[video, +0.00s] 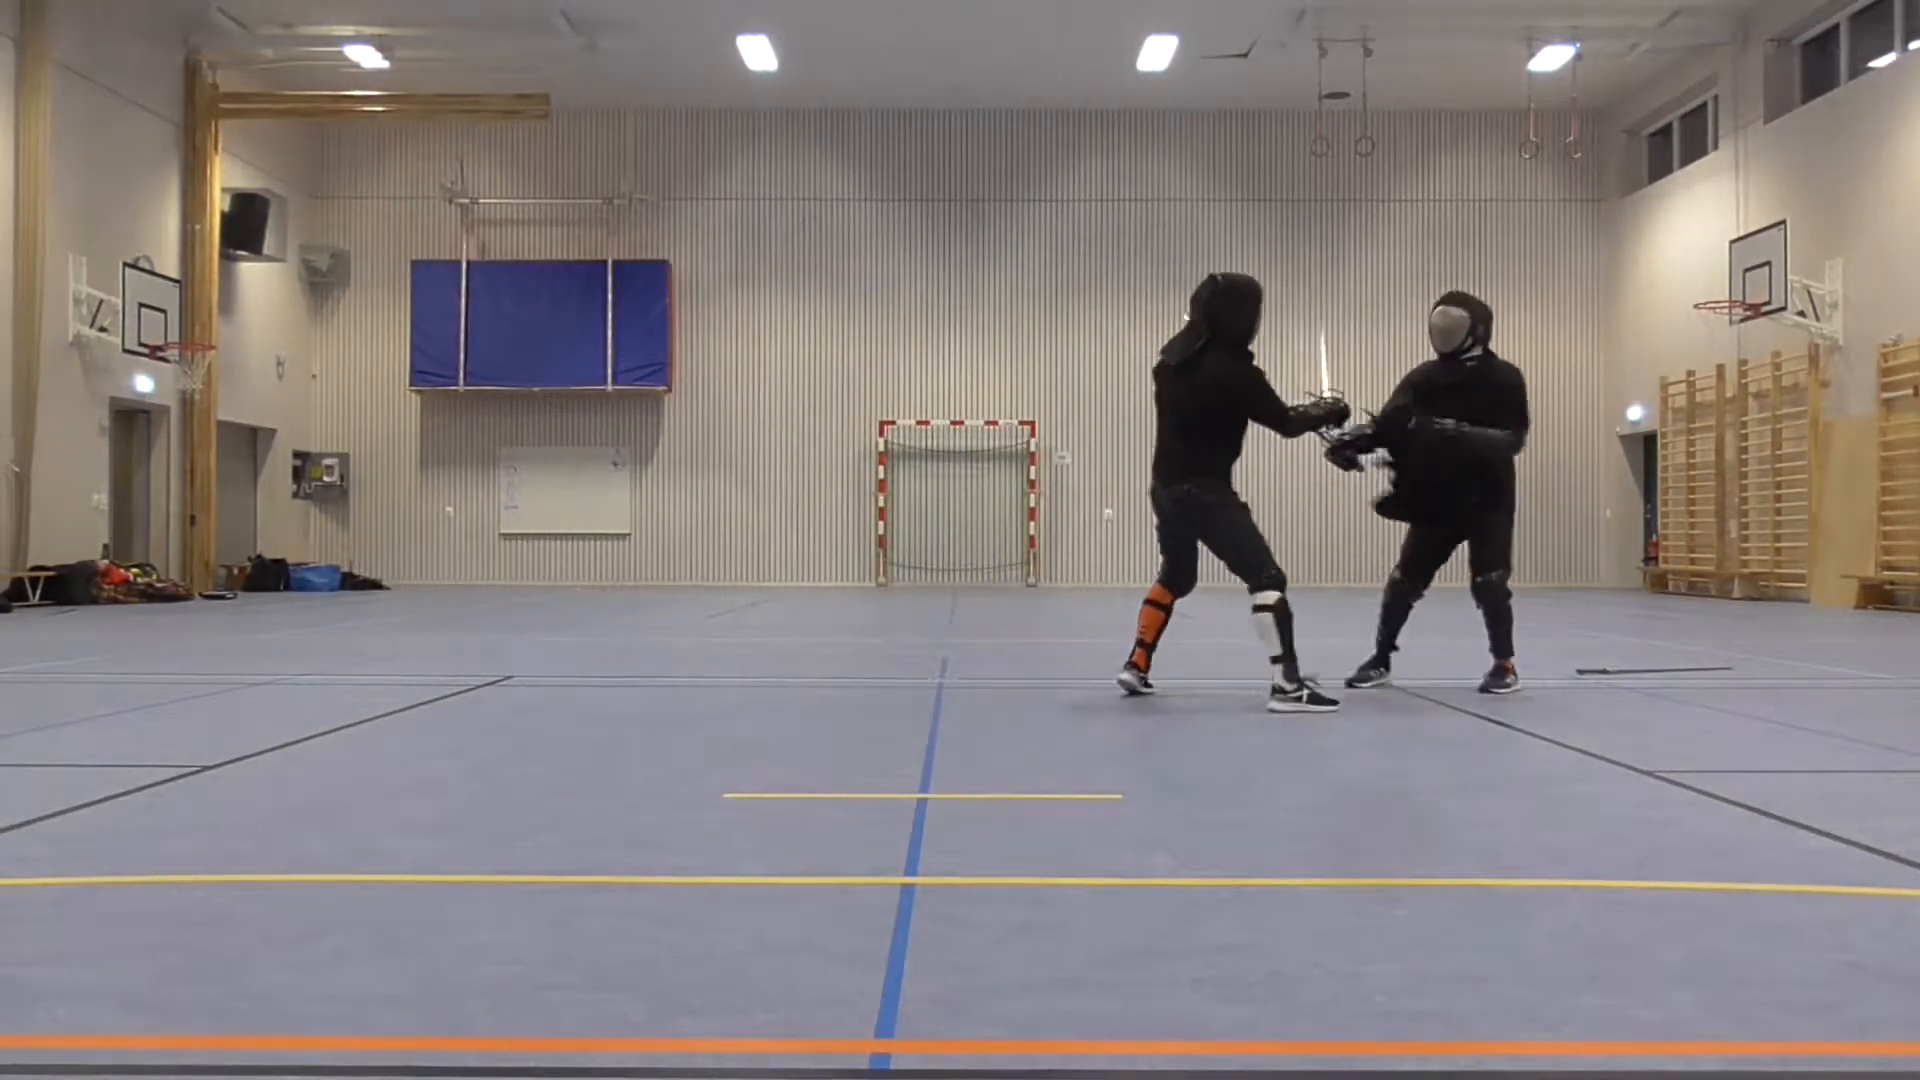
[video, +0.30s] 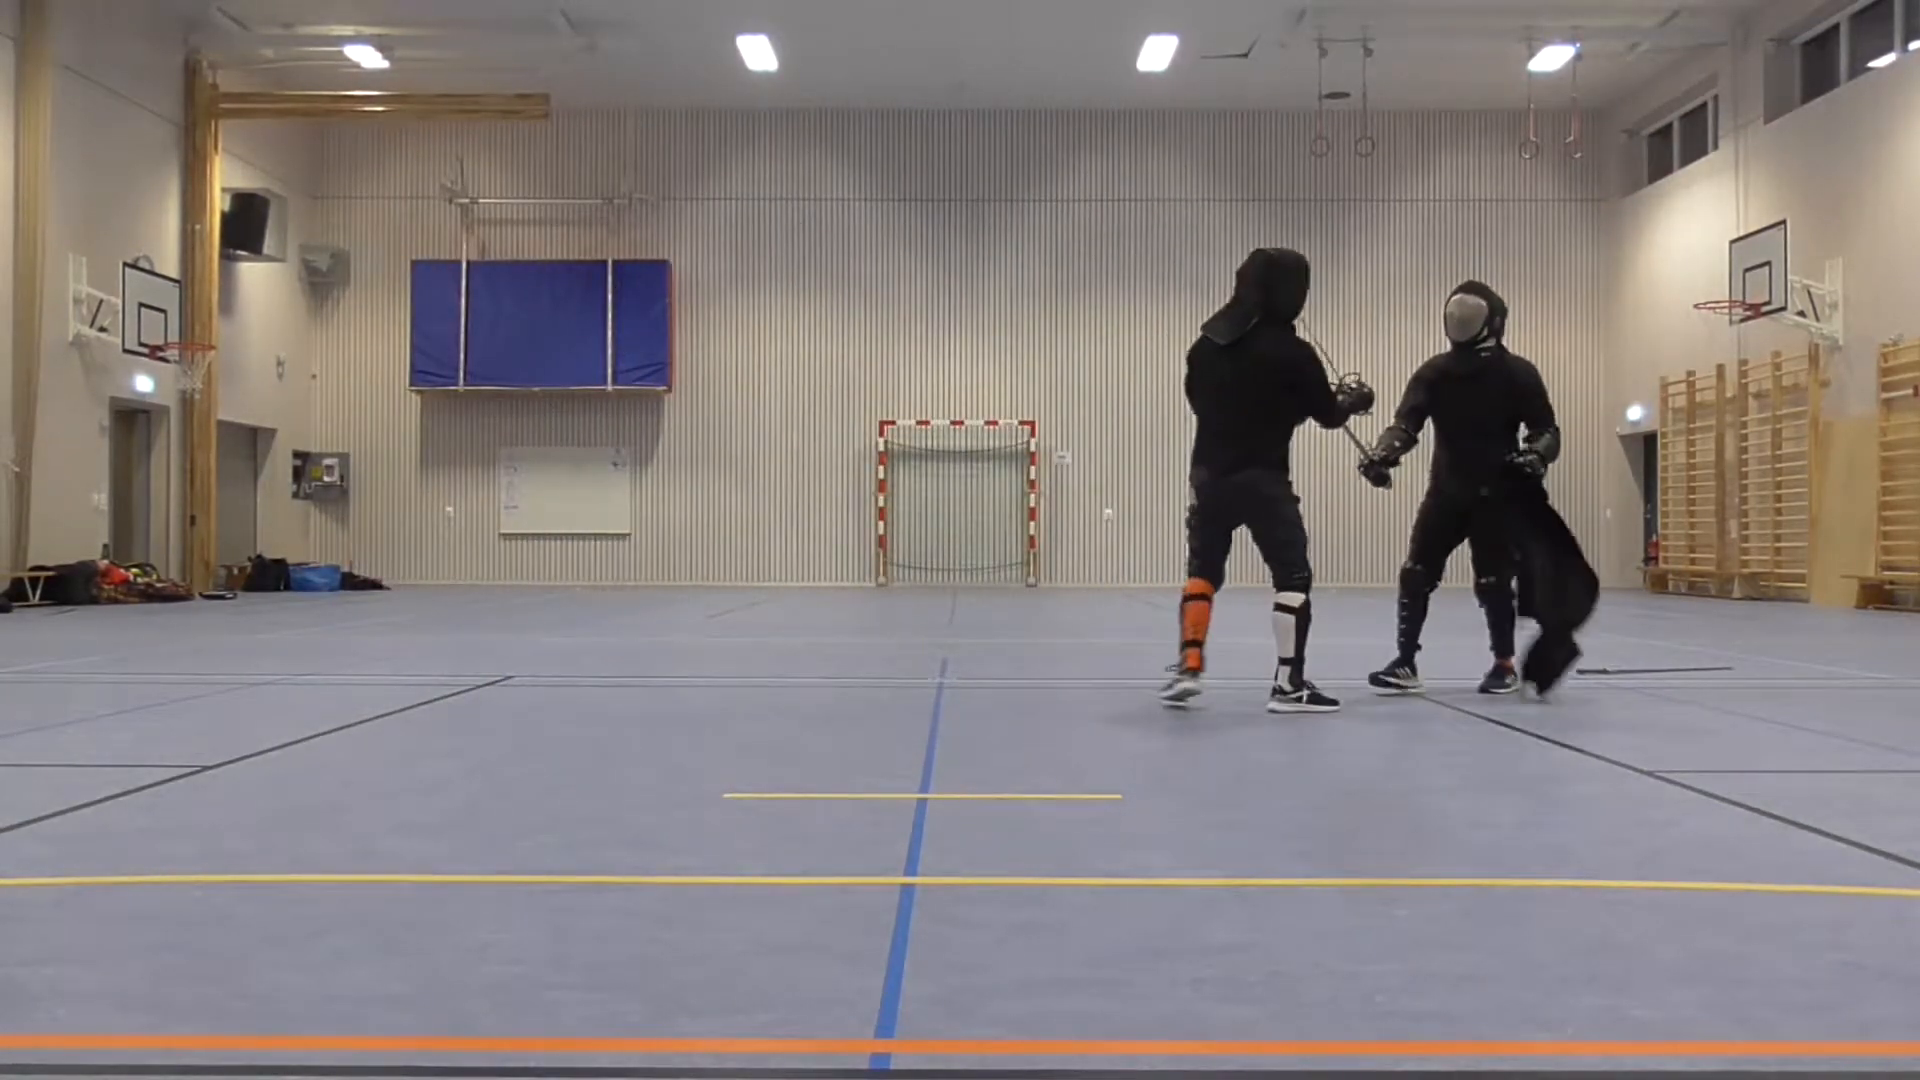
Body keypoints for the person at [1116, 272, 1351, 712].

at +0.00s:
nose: (1256, 323)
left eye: (1255, 314)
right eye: (1253, 315)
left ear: (1204, 314)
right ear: (1240, 319)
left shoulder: (1171, 360)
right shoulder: (1237, 372)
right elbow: (1287, 425)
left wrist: (1294, 410)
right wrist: (1327, 410)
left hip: (1166, 490)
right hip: (1209, 492)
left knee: (1175, 576)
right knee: (1266, 579)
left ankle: (1135, 668)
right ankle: (1288, 683)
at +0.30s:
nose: (1302, 301)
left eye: (1303, 291)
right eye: (1299, 292)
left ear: (1245, 287)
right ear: (1287, 294)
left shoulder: (1208, 341)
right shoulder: (1292, 352)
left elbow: (1197, 398)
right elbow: (1327, 415)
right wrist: (1350, 400)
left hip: (1210, 480)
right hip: (1265, 481)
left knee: (1202, 568)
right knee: (1293, 576)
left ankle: (1188, 669)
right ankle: (1289, 681)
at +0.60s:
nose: (1299, 292)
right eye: (1298, 284)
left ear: (1243, 279)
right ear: (1293, 286)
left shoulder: (1215, 340)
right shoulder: (1306, 343)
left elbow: (1179, 418)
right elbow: (1326, 401)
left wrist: (1206, 464)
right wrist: (1326, 366)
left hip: (1234, 484)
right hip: (1295, 485)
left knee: (1224, 584)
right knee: (1297, 581)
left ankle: (1258, 686)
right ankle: (1300, 683)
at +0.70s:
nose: (1304, 287)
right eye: (1302, 279)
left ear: (1245, 276)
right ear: (1295, 283)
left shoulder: (1217, 337)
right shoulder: (1309, 344)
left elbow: (1179, 404)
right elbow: (1307, 399)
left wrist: (1167, 457)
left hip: (1232, 480)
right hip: (1295, 479)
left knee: (1225, 588)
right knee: (1308, 577)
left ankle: (1261, 696)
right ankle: (1320, 684)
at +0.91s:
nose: (1244, 248)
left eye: (1246, 239)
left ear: (1245, 244)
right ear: (1297, 252)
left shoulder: (1217, 306)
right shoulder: (1311, 319)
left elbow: (1177, 366)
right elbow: (1317, 390)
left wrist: (1162, 423)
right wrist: (1284, 421)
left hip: (1233, 460)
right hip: (1298, 460)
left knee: (1230, 570)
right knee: (1306, 555)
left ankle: (1256, 691)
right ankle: (1311, 649)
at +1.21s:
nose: (1226, 277)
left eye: (1229, 266)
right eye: (1225, 267)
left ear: (1248, 263)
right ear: (1290, 263)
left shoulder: (1234, 319)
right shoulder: (1328, 328)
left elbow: (1206, 402)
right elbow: (1351, 421)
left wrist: (1181, 462)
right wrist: (1323, 457)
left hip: (1245, 474)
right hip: (1309, 483)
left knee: (1192, 574)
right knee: (1285, 588)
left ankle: (1226, 689)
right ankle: (1298, 706)